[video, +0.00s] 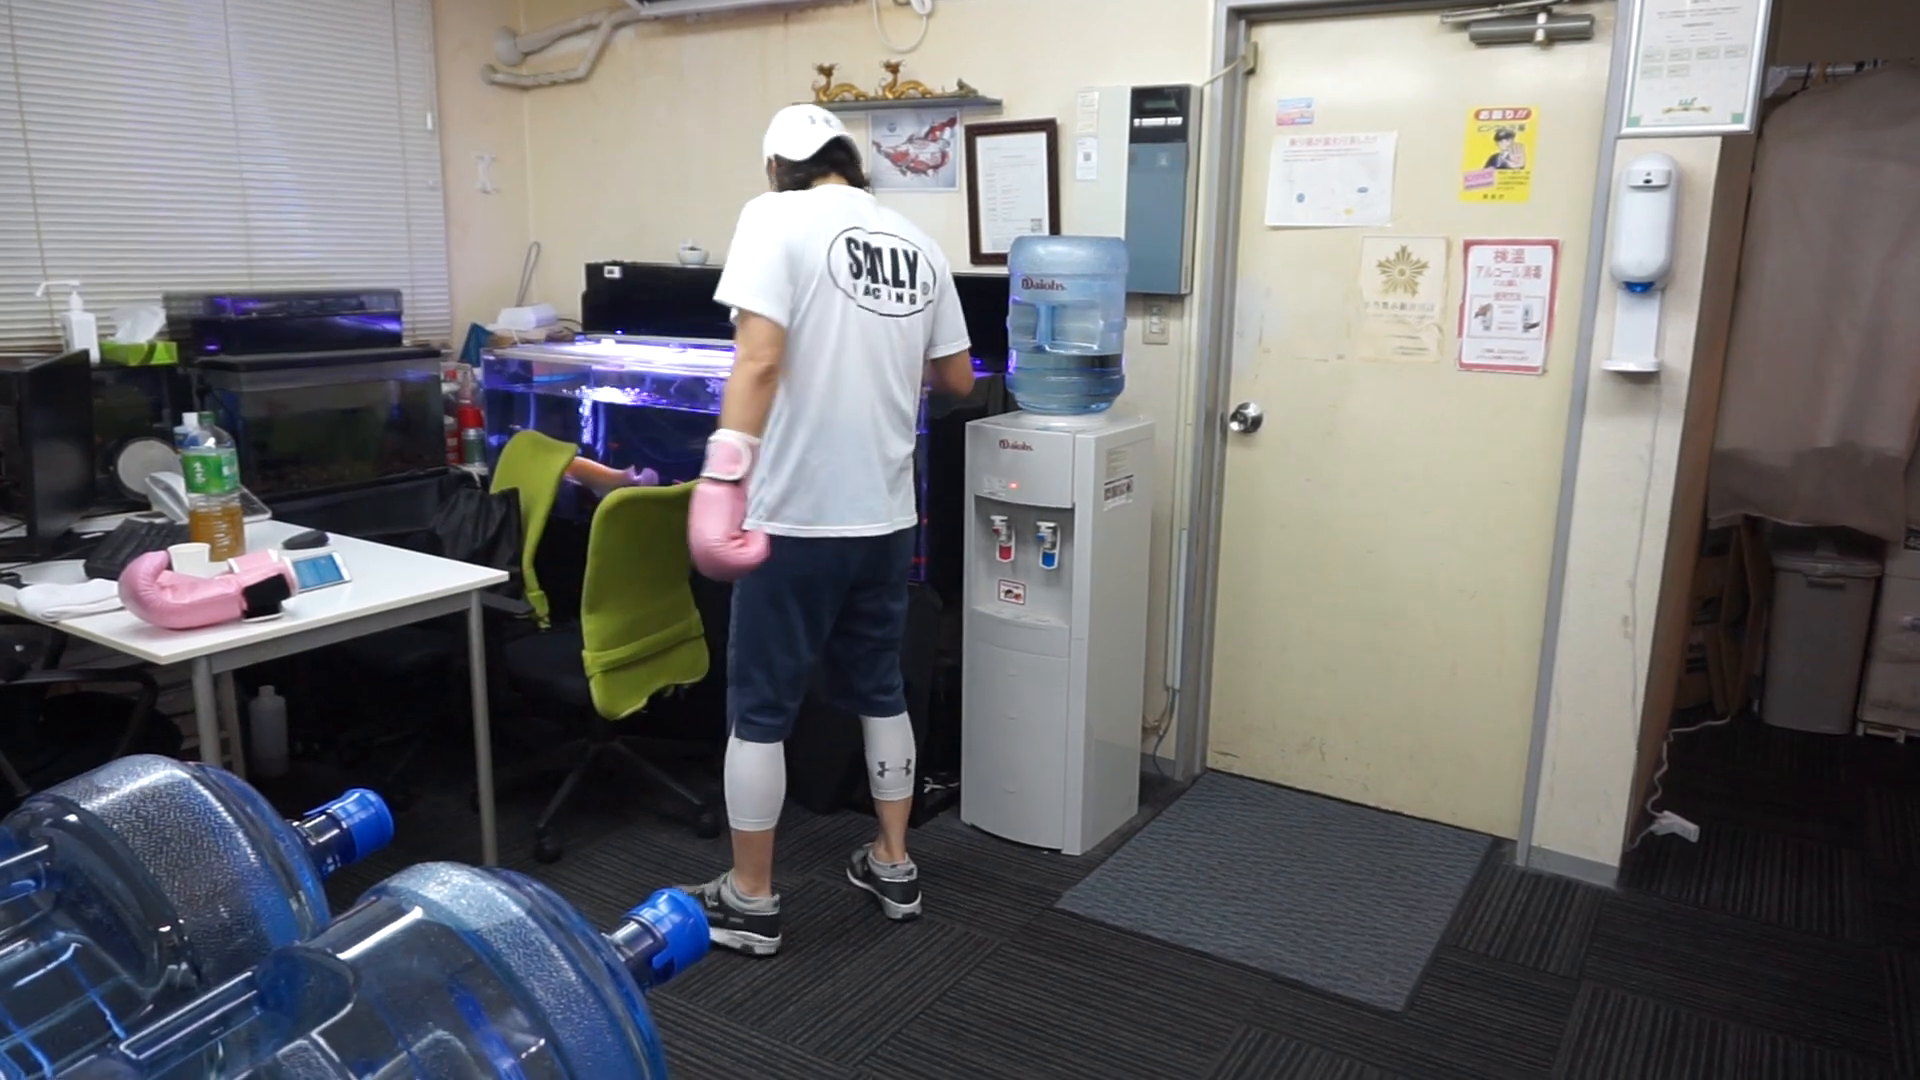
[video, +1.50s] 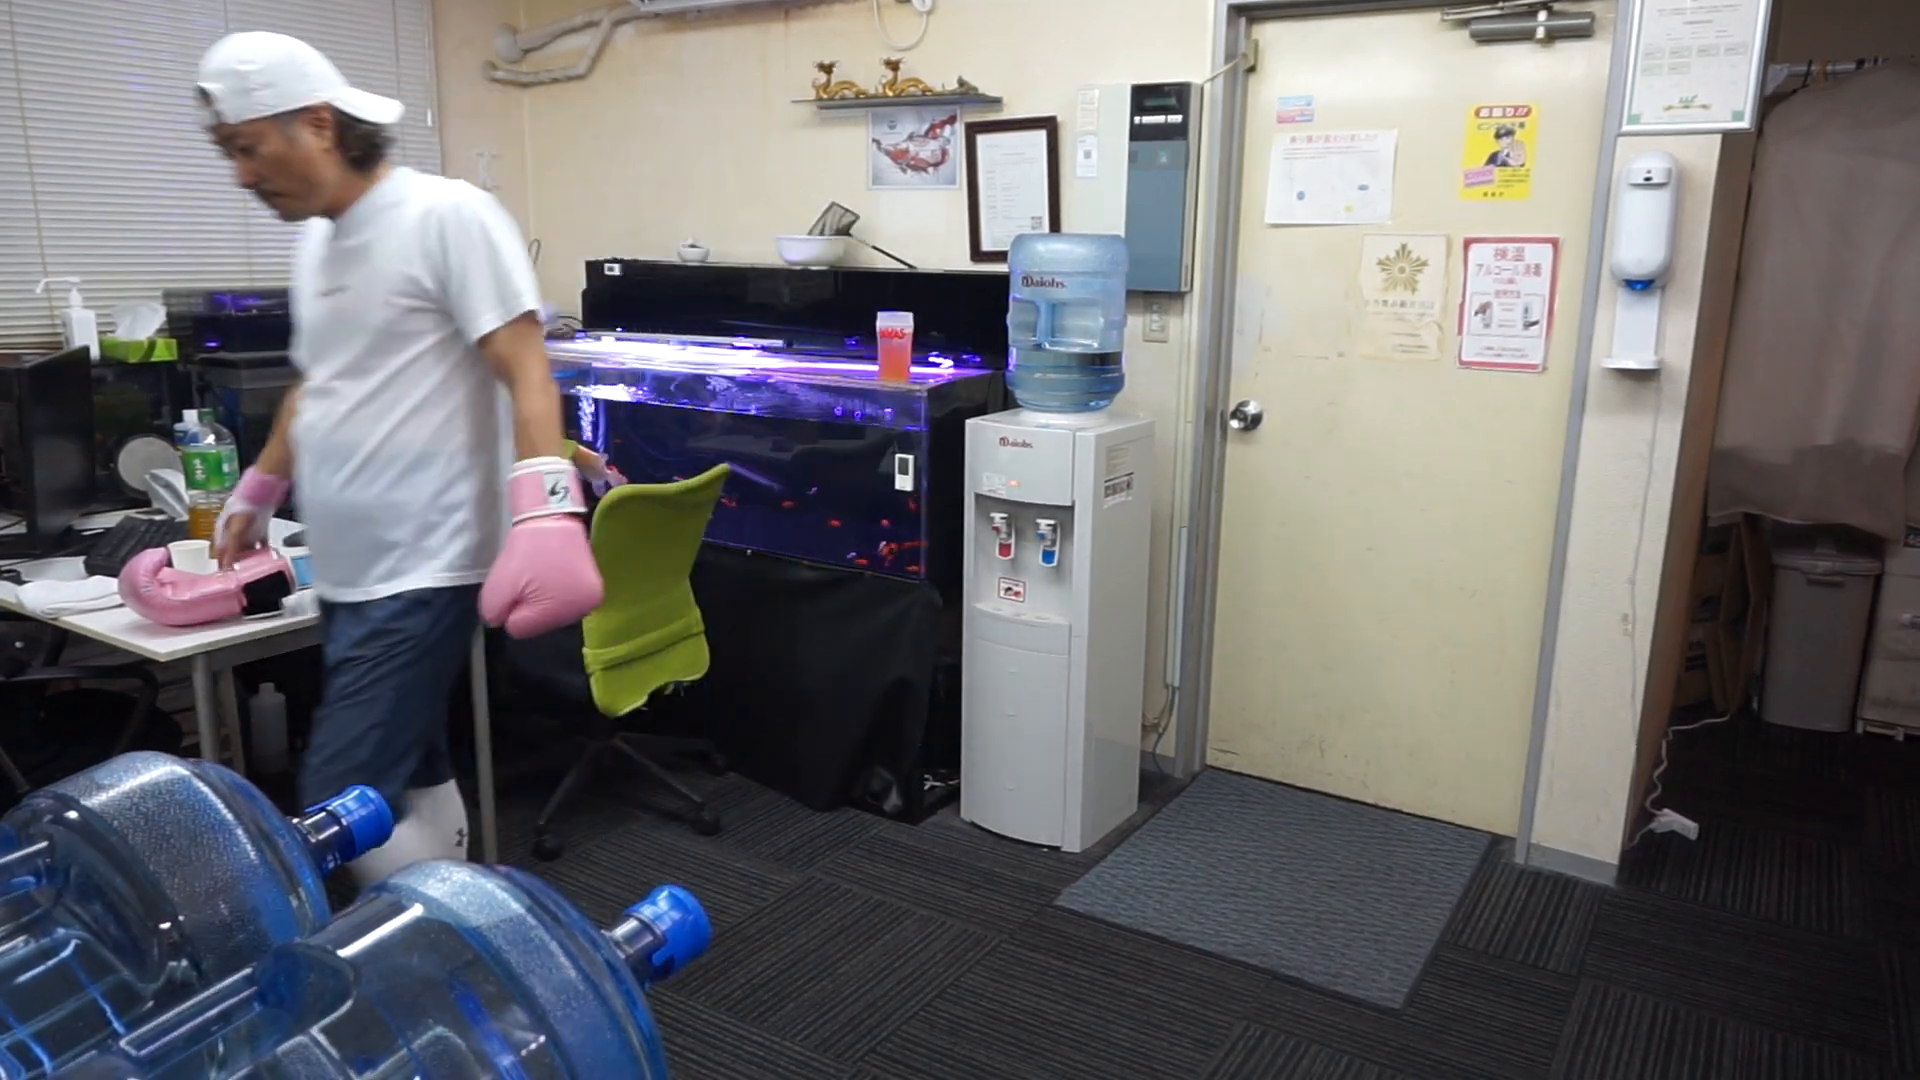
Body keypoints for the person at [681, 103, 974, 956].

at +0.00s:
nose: (770, 186)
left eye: (770, 176)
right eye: (775, 175)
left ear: (778, 170)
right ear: (853, 165)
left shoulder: (777, 215)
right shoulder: (917, 244)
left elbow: (761, 357)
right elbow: (957, 377)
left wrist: (723, 479)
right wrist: (881, 368)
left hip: (792, 517)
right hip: (885, 519)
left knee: (760, 707)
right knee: (882, 688)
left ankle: (751, 897)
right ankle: (895, 864)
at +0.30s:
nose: (728, 189)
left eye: (729, 175)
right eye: (727, 176)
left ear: (754, 161)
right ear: (807, 161)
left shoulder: (762, 213)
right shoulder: (884, 235)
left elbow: (767, 362)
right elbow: (939, 369)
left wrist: (729, 488)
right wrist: (866, 362)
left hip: (787, 521)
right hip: (867, 521)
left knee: (753, 718)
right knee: (870, 692)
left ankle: (756, 909)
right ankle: (895, 864)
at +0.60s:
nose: (643, 193)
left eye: (643, 171)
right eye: (639, 174)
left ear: (678, 154)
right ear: (714, 155)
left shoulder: (700, 229)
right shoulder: (813, 232)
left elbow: (694, 392)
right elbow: (879, 365)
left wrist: (641, 510)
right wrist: (791, 407)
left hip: (721, 529)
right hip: (792, 526)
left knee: (725, 731)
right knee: (788, 686)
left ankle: (754, 913)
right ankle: (869, 840)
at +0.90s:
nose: (536, 191)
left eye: (539, 170)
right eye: (531, 174)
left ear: (581, 152)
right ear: (608, 152)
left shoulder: (633, 237)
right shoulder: (701, 222)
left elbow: (625, 415)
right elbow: (769, 366)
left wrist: (568, 546)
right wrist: (699, 452)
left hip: (671, 546)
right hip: (683, 530)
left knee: (705, 737)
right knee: (590, 696)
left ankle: (756, 914)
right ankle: (593, 881)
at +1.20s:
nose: (390, 203)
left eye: (390, 178)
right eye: (382, 183)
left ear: (438, 153)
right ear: (441, 156)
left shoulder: (549, 237)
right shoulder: (503, 243)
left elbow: (586, 402)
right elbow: (522, 402)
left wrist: (571, 548)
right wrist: (451, 470)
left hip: (554, 571)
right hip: (487, 569)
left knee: (611, 756)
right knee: (457, 760)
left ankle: (743, 904)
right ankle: (453, 941)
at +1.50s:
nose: (241, 176)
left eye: (248, 150)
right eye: (231, 157)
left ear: (318, 125)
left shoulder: (450, 217)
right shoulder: (315, 244)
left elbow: (529, 373)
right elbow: (315, 387)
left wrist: (542, 512)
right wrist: (256, 497)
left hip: (426, 574)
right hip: (347, 577)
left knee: (339, 809)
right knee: (419, 793)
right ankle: (459, 973)